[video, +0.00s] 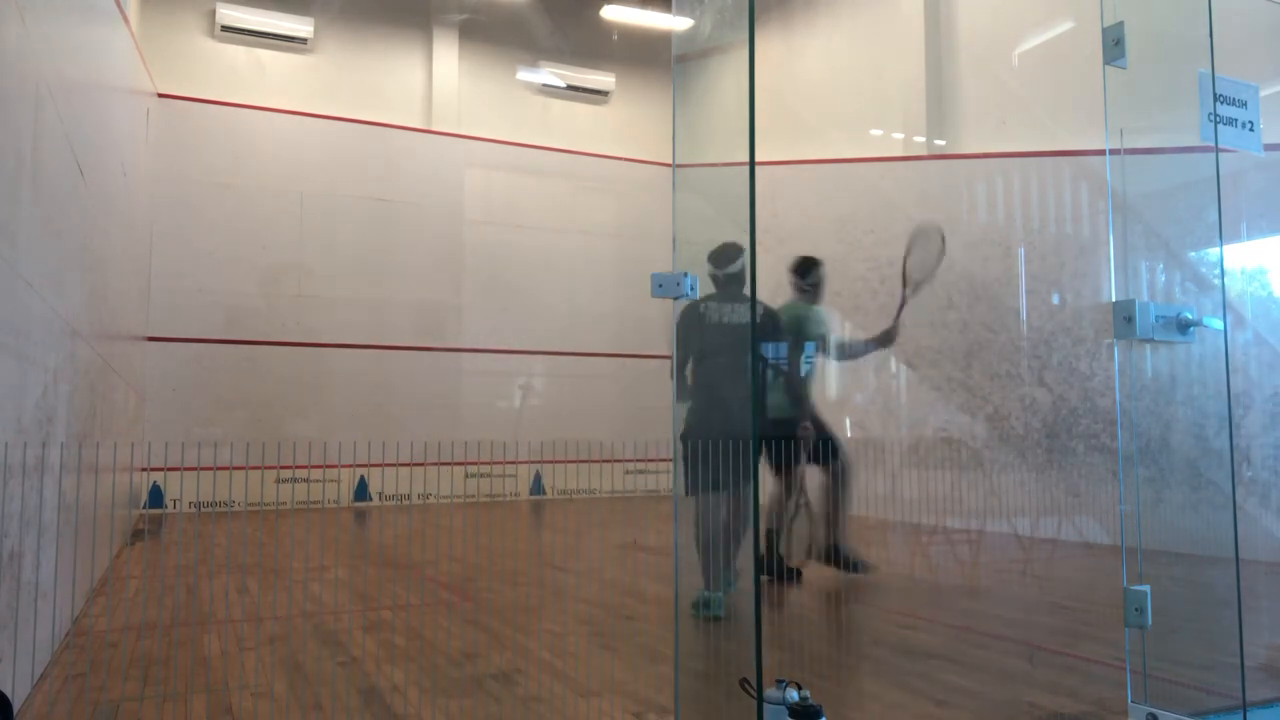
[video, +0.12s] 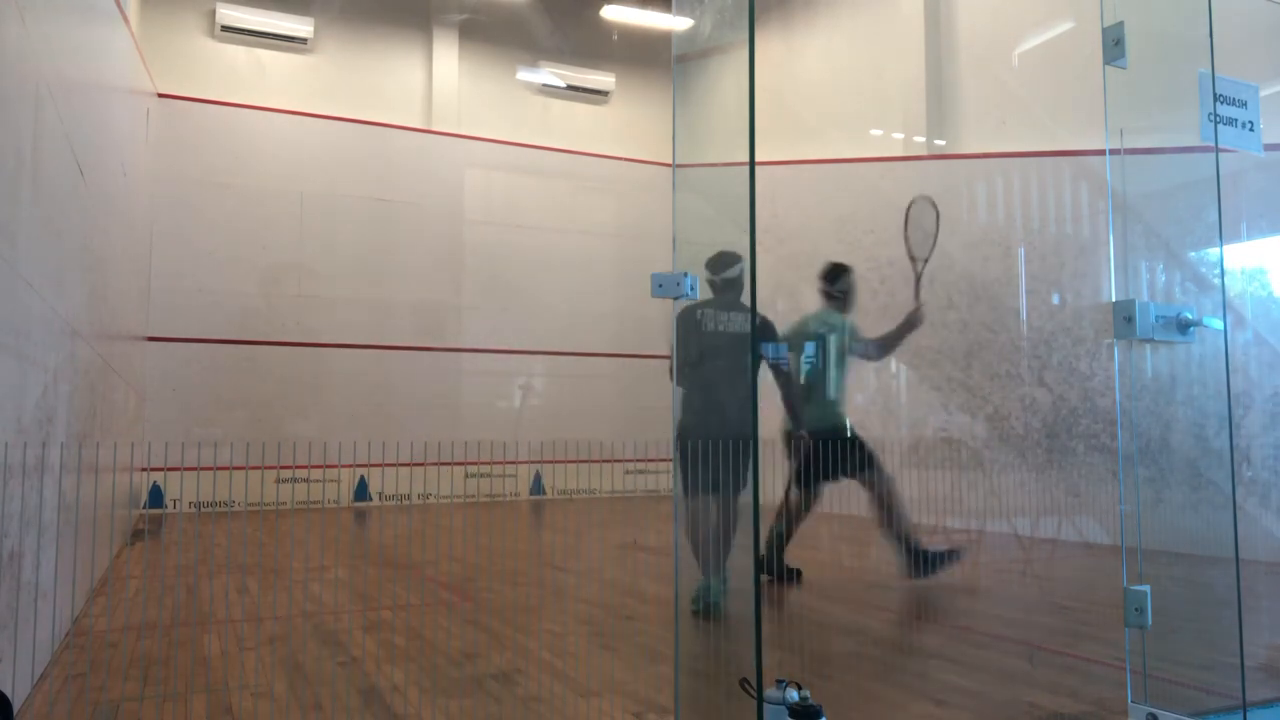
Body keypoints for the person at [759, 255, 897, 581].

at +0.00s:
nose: (818, 288)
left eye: (815, 282)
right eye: (817, 283)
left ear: (793, 282)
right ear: (818, 283)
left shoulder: (780, 315)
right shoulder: (808, 317)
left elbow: (835, 351)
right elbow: (791, 374)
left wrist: (876, 342)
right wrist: (805, 416)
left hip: (771, 416)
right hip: (795, 414)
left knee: (788, 480)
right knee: (837, 466)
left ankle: (771, 555)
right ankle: (832, 546)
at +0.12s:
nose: (852, 295)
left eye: (850, 289)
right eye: (849, 290)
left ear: (824, 291)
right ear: (842, 292)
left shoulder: (803, 327)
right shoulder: (840, 327)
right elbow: (874, 351)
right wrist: (909, 324)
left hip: (805, 431)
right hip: (834, 431)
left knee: (802, 497)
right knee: (880, 485)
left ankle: (770, 558)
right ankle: (915, 556)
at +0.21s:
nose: (890, 307)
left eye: (889, 300)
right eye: (887, 301)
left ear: (859, 301)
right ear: (881, 302)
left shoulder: (840, 332)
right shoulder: (870, 334)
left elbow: (814, 352)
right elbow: (910, 355)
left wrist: (805, 389)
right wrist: (935, 322)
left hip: (835, 441)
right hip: (865, 441)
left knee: (836, 506)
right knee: (921, 494)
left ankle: (782, 548)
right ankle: (963, 570)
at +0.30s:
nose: (927, 320)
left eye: (928, 313)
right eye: (921, 314)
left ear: (905, 314)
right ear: (904, 313)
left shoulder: (887, 344)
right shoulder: (899, 341)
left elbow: (851, 362)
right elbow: (942, 356)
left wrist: (825, 381)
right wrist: (968, 323)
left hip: (883, 450)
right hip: (884, 450)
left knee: (870, 518)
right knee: (964, 490)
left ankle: (805, 547)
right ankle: (980, 572)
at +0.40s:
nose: (959, 326)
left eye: (959, 319)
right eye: (956, 319)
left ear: (930, 318)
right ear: (946, 318)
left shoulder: (908, 347)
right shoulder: (926, 348)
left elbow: (870, 361)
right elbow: (968, 361)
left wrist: (831, 379)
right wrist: (1001, 326)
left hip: (890, 454)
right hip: (904, 454)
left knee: (874, 520)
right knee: (986, 492)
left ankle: (816, 563)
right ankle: (982, 573)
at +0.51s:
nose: (978, 323)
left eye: (976, 316)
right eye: (977, 317)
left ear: (946, 313)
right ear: (973, 319)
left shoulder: (913, 339)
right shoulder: (959, 357)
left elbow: (868, 357)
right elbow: (1012, 396)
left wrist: (837, 394)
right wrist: (1044, 367)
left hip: (889, 448)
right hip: (927, 450)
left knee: (877, 512)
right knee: (996, 494)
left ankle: (823, 562)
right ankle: (982, 573)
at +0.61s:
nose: (984, 312)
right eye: (984, 308)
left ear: (951, 308)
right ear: (982, 313)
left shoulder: (918, 336)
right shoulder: (981, 360)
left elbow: (869, 361)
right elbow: (1014, 408)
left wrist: (849, 395)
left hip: (889, 441)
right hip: (932, 444)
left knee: (876, 497)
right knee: (994, 492)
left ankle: (843, 563)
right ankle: (982, 573)